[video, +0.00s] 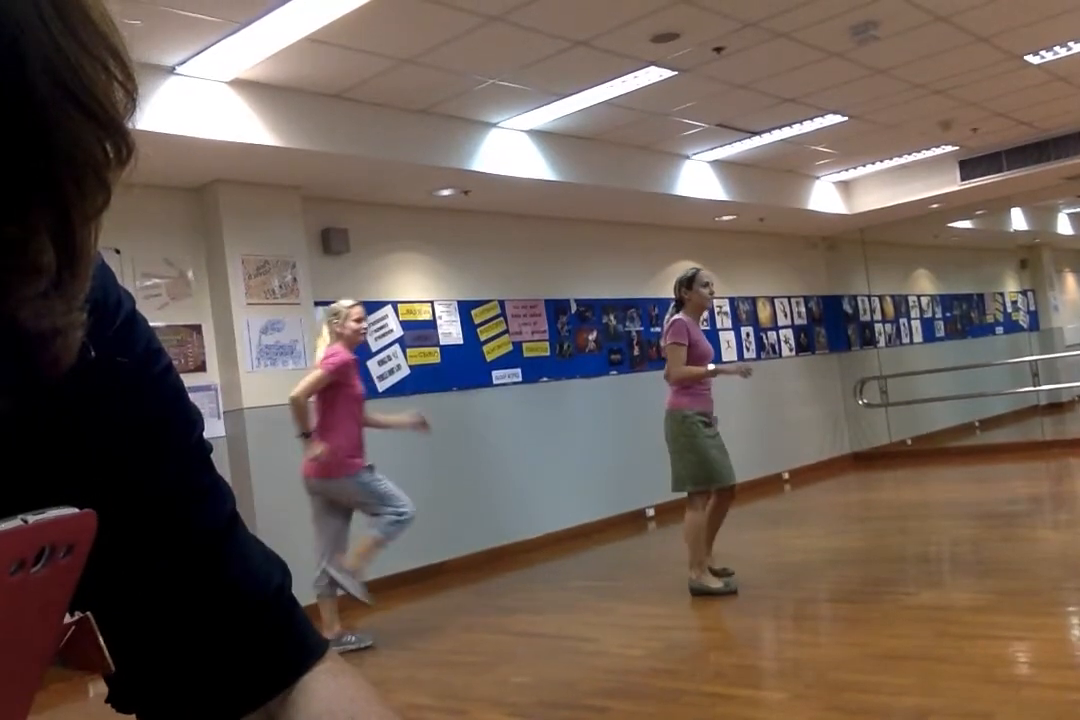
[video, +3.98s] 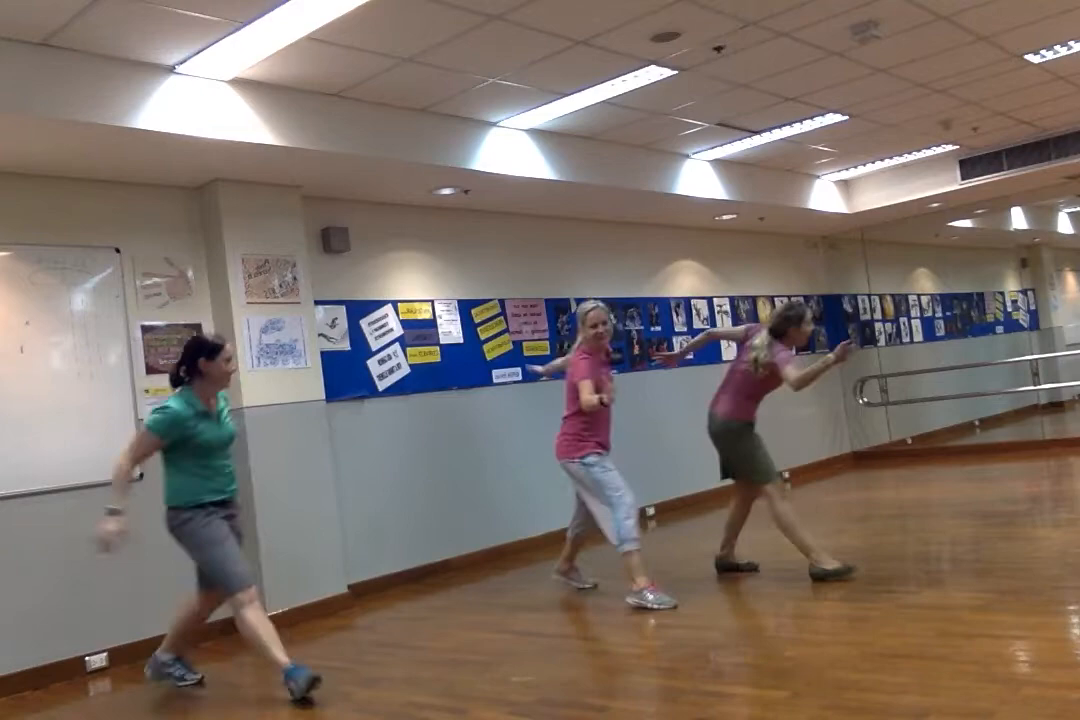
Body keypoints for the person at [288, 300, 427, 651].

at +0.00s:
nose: (364, 325)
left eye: (364, 319)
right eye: (357, 320)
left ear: (351, 326)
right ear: (338, 325)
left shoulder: (342, 360)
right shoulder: (340, 358)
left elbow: (359, 416)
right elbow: (298, 396)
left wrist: (406, 421)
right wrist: (307, 438)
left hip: (322, 469)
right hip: (341, 466)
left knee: (329, 553)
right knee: (400, 511)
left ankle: (333, 632)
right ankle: (351, 565)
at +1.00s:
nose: (536, 312)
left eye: (537, 307)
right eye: (529, 308)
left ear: (535, 313)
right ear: (511, 314)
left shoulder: (540, 352)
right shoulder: (501, 348)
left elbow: (568, 382)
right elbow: (475, 390)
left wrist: (605, 394)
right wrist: (461, 425)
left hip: (531, 443)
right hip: (510, 444)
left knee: (524, 513)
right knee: (560, 496)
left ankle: (518, 585)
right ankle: (553, 572)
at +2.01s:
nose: (597, 316)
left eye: (601, 312)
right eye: (591, 312)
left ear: (605, 315)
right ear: (580, 316)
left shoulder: (600, 348)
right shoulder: (569, 350)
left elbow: (590, 390)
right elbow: (560, 396)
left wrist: (593, 423)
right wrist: (596, 417)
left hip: (587, 434)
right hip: (564, 436)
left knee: (595, 498)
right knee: (584, 497)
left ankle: (588, 561)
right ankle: (561, 553)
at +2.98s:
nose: (544, 304)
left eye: (549, 299)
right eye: (538, 300)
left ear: (557, 305)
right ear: (529, 307)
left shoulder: (573, 345)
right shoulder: (519, 346)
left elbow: (577, 391)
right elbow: (512, 393)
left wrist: (581, 432)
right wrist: (522, 429)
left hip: (570, 439)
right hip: (535, 443)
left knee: (580, 504)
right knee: (539, 513)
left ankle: (580, 584)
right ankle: (547, 581)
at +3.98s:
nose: (600, 330)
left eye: (604, 324)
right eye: (593, 326)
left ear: (610, 325)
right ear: (582, 330)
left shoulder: (599, 353)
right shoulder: (584, 360)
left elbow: (567, 360)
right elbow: (586, 402)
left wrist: (546, 368)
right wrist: (601, 399)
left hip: (588, 445)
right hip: (580, 448)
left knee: (586, 511)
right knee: (624, 503)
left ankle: (566, 564)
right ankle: (641, 585)